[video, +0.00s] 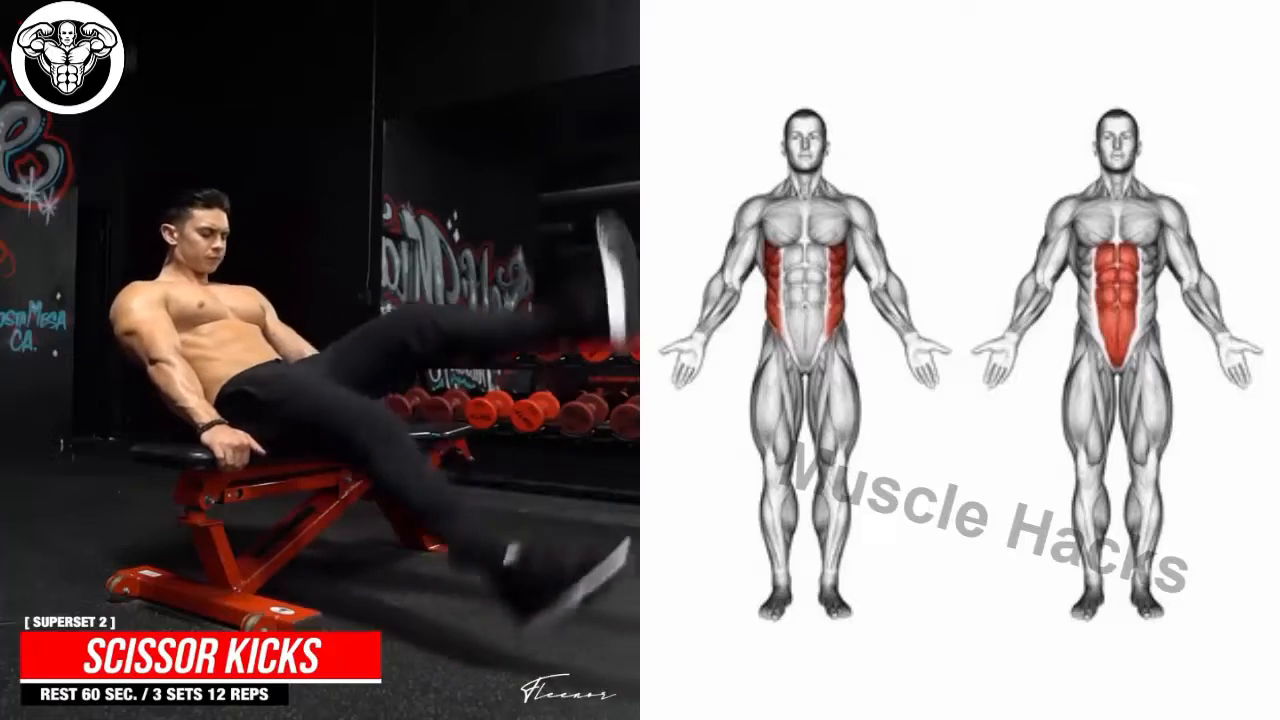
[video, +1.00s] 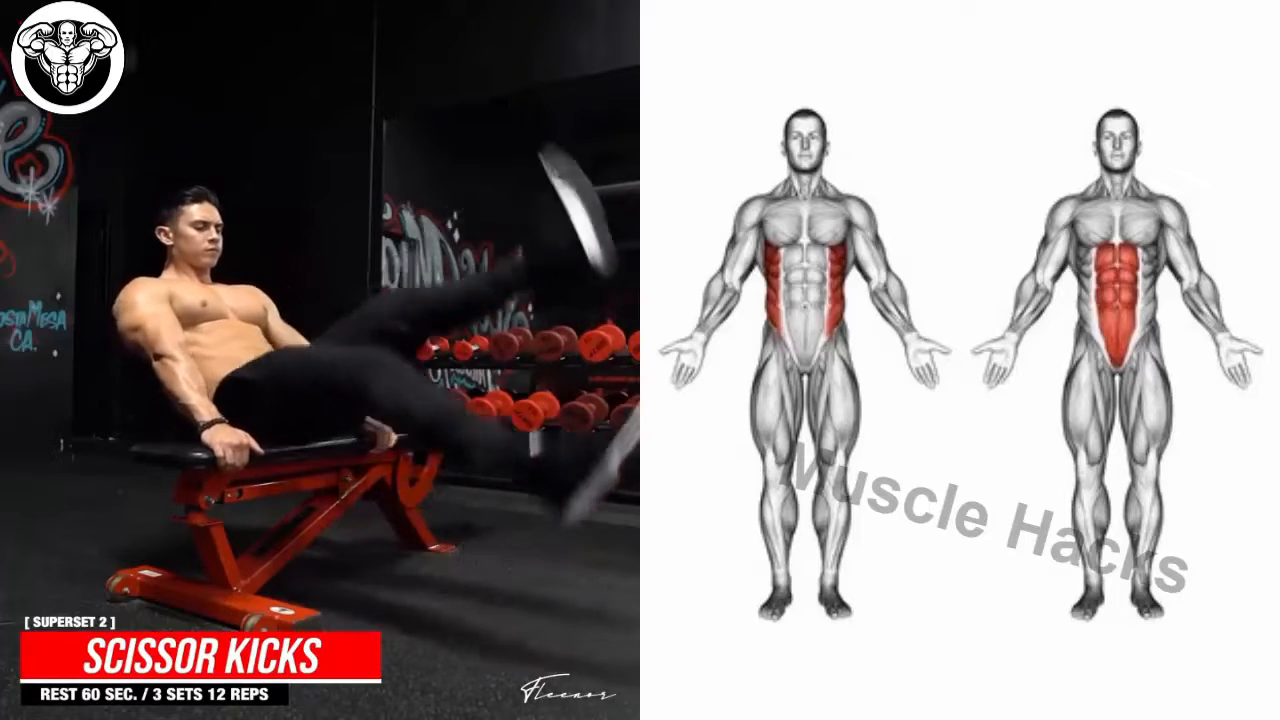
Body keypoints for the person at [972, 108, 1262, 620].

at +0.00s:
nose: (1116, 145)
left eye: (1124, 138)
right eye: (1108, 138)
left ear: (1137, 145)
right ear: (1096, 146)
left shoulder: (1164, 211)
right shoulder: (1070, 211)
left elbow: (1193, 282)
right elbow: (1041, 282)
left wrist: (1222, 335)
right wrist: (1012, 336)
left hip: (1144, 355)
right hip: (1089, 355)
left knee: (1145, 466)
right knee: (1088, 466)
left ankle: (1141, 581)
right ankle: (1092, 583)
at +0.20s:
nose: (1116, 145)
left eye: (1124, 138)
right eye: (1108, 138)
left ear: (1137, 145)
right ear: (1096, 146)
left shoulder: (1164, 211)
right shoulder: (1070, 211)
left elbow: (1193, 282)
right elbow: (1041, 282)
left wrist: (1222, 335)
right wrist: (1012, 336)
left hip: (1144, 355)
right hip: (1089, 355)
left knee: (1145, 466)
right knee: (1088, 466)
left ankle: (1141, 581)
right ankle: (1092, 583)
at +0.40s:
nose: (1116, 145)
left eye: (1124, 138)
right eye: (1108, 138)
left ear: (1137, 145)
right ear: (1096, 146)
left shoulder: (1164, 211)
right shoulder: (1070, 211)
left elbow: (1193, 282)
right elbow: (1041, 282)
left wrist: (1222, 335)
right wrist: (1012, 336)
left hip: (1144, 355)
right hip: (1089, 355)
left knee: (1145, 466)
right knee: (1088, 466)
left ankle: (1141, 581)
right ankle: (1092, 583)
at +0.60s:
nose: (1116, 145)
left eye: (1124, 138)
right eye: (1108, 138)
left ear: (1137, 145)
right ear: (1096, 146)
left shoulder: (1164, 211)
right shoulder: (1070, 211)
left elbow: (1193, 282)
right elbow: (1041, 282)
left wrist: (1222, 335)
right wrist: (1012, 336)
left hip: (1144, 355)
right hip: (1089, 355)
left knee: (1145, 466)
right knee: (1088, 466)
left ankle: (1141, 581)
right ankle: (1092, 583)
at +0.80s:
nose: (1116, 145)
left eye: (1124, 138)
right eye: (1108, 138)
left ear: (1137, 145)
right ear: (1097, 145)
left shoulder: (1164, 211)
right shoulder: (1070, 211)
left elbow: (1193, 282)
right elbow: (1041, 282)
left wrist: (1222, 335)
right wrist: (1012, 336)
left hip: (1144, 355)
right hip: (1089, 354)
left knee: (1145, 466)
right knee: (1088, 466)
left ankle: (1141, 581)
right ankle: (1092, 583)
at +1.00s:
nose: (1116, 145)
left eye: (1124, 137)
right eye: (1109, 137)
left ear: (1137, 145)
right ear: (1097, 145)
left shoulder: (1164, 211)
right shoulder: (1070, 211)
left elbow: (1193, 282)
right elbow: (1041, 282)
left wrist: (1221, 335)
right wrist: (1012, 336)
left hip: (1144, 355)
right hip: (1089, 354)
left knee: (1145, 466)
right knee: (1088, 466)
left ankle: (1141, 582)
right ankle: (1092, 583)